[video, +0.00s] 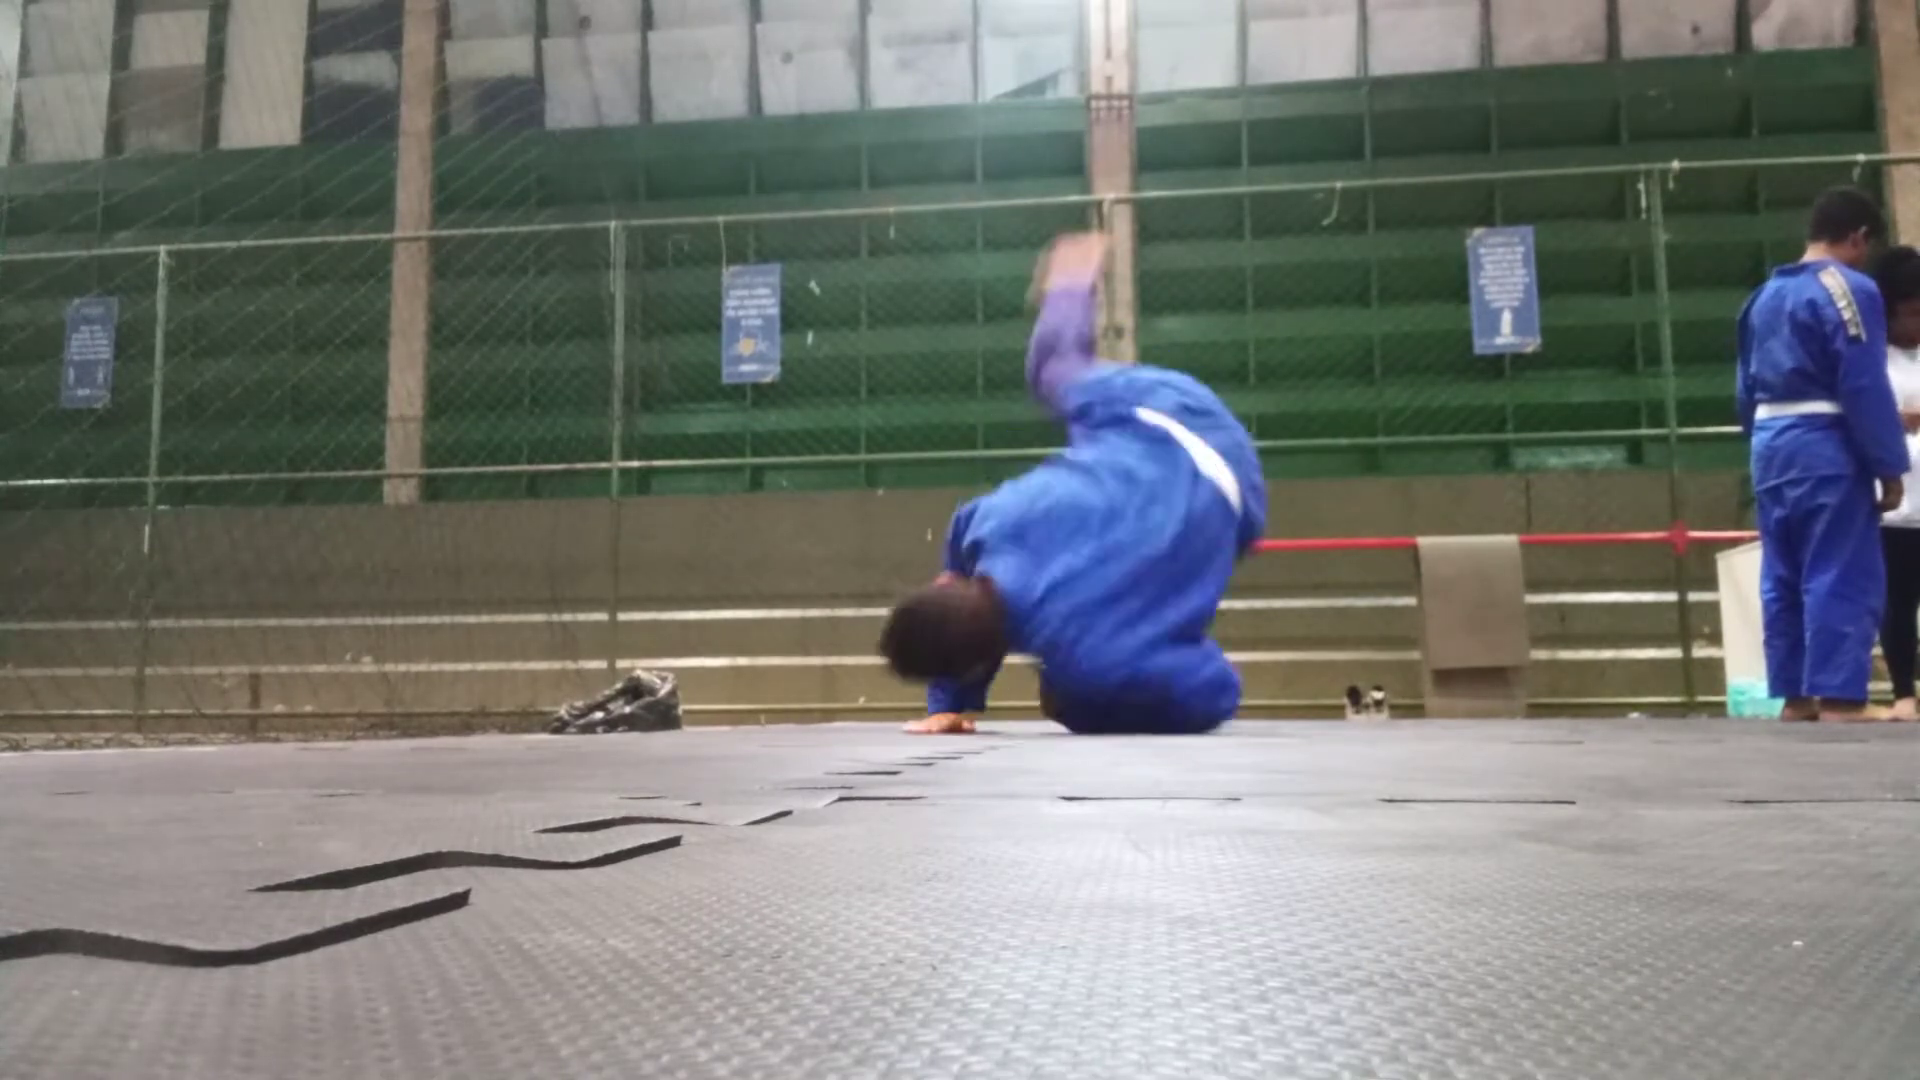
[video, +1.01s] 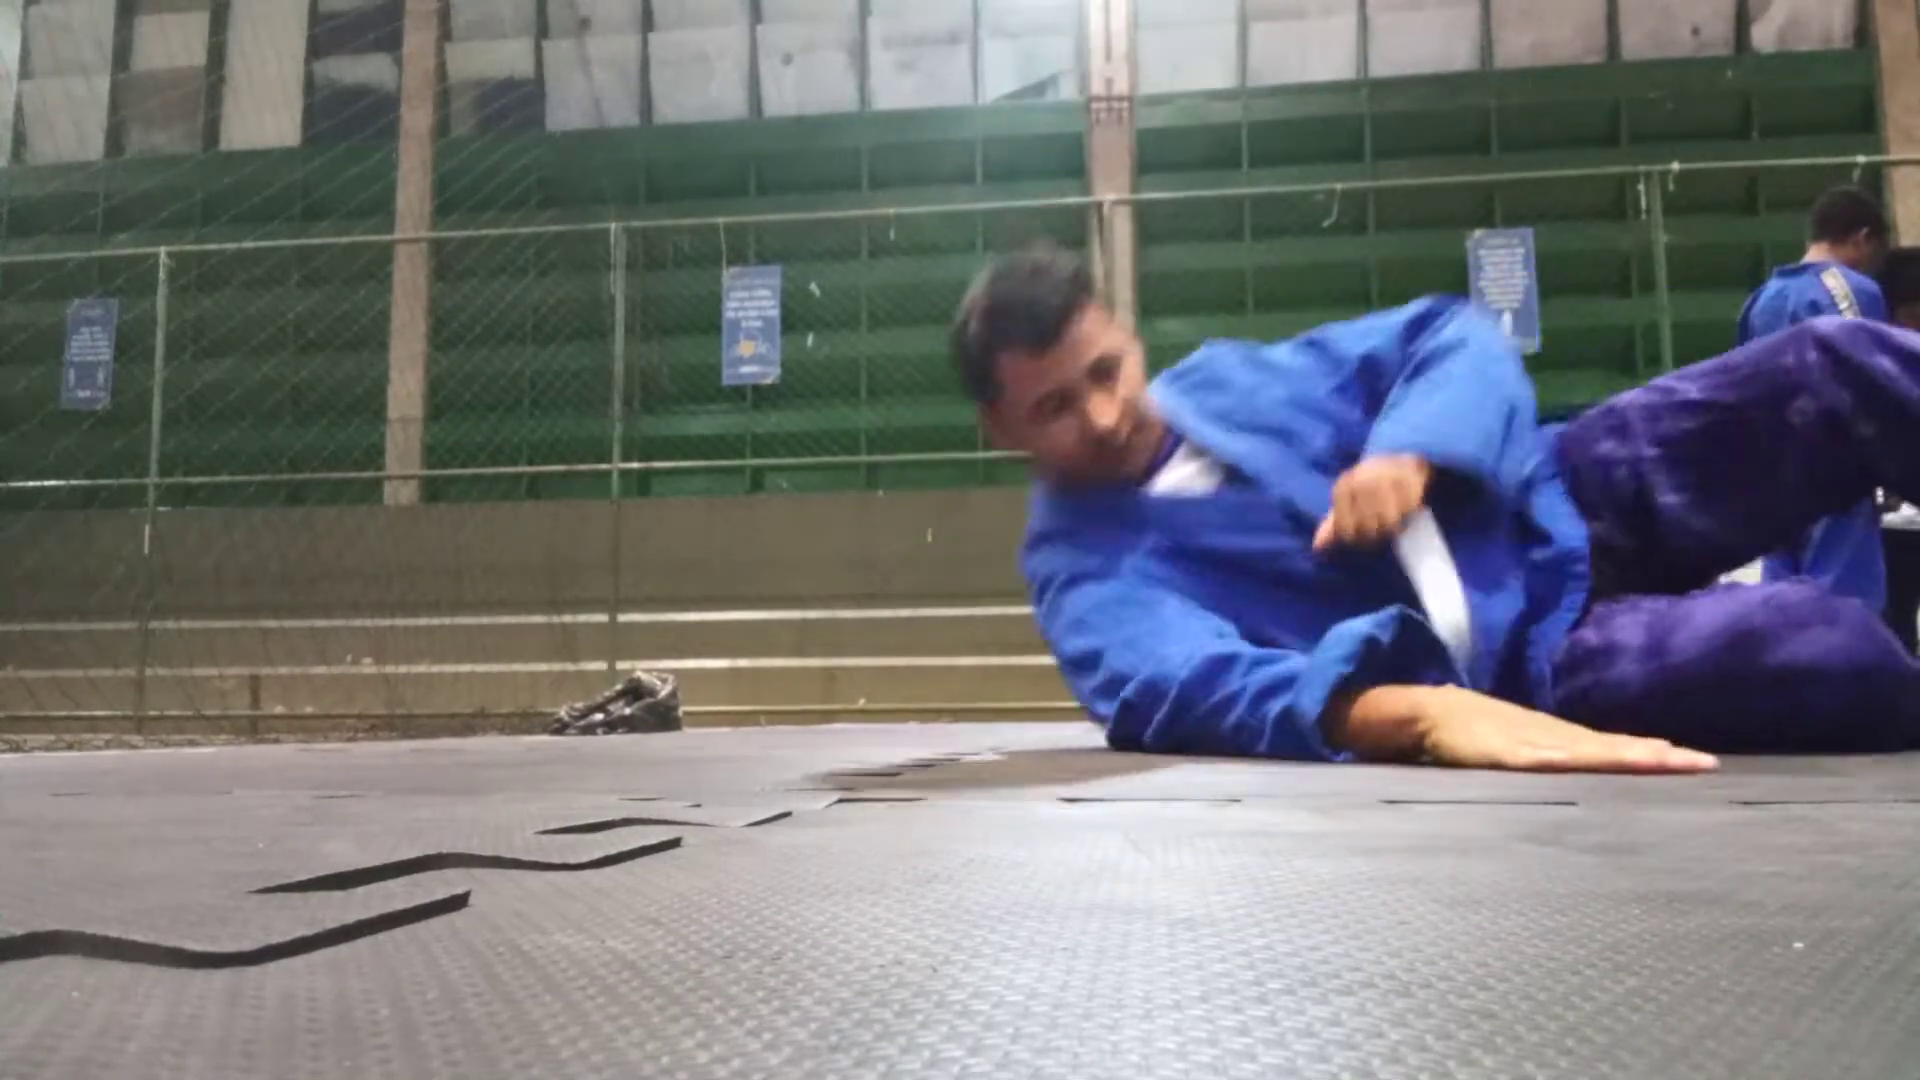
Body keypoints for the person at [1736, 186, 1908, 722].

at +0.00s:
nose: (1868, 252)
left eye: (1869, 244)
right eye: (1868, 243)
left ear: (1813, 233)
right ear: (1856, 236)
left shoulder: (1765, 294)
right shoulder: (1850, 290)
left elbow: (1748, 390)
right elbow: (1864, 387)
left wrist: (1767, 441)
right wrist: (1891, 468)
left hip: (1768, 440)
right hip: (1824, 439)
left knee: (1784, 574)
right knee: (1842, 571)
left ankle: (1795, 697)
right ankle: (1840, 699)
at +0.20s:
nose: (1870, 253)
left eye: (1871, 244)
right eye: (1870, 243)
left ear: (1814, 233)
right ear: (1857, 236)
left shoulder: (1766, 294)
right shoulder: (1852, 290)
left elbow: (1748, 390)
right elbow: (1866, 387)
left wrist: (1766, 442)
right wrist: (1892, 467)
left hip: (1769, 439)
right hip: (1826, 439)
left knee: (1785, 574)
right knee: (1842, 571)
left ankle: (1796, 696)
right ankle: (1840, 698)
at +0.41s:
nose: (1872, 256)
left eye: (1873, 246)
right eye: (1872, 245)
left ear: (1815, 234)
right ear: (1858, 236)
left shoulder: (1765, 296)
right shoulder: (1852, 288)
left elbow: (1748, 390)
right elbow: (1867, 386)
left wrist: (1767, 442)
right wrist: (1893, 465)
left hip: (1769, 444)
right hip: (1827, 442)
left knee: (1785, 569)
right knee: (1852, 565)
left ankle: (1794, 696)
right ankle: (1839, 696)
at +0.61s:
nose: (1876, 260)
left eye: (1877, 248)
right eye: (1876, 247)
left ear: (1813, 233)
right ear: (1861, 235)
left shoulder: (1767, 294)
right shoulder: (1858, 290)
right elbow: (1884, 391)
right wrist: (1896, 471)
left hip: (1775, 471)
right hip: (1837, 469)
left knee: (1783, 598)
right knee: (1842, 597)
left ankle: (1786, 710)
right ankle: (1834, 713)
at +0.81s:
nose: (1872, 260)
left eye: (1874, 250)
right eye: (1873, 248)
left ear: (1814, 234)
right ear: (1860, 238)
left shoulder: (1763, 298)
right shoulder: (1853, 292)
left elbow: (1746, 388)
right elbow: (1872, 394)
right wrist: (1884, 473)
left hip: (1777, 469)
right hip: (1836, 471)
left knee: (1787, 579)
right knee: (1846, 586)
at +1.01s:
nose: (1872, 259)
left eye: (1875, 250)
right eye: (1874, 248)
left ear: (1815, 233)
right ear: (1859, 239)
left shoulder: (1762, 300)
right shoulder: (1858, 293)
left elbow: (1750, 388)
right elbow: (1875, 393)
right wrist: (1891, 474)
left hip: (1776, 471)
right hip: (1836, 472)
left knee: (1779, 594)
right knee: (1843, 596)